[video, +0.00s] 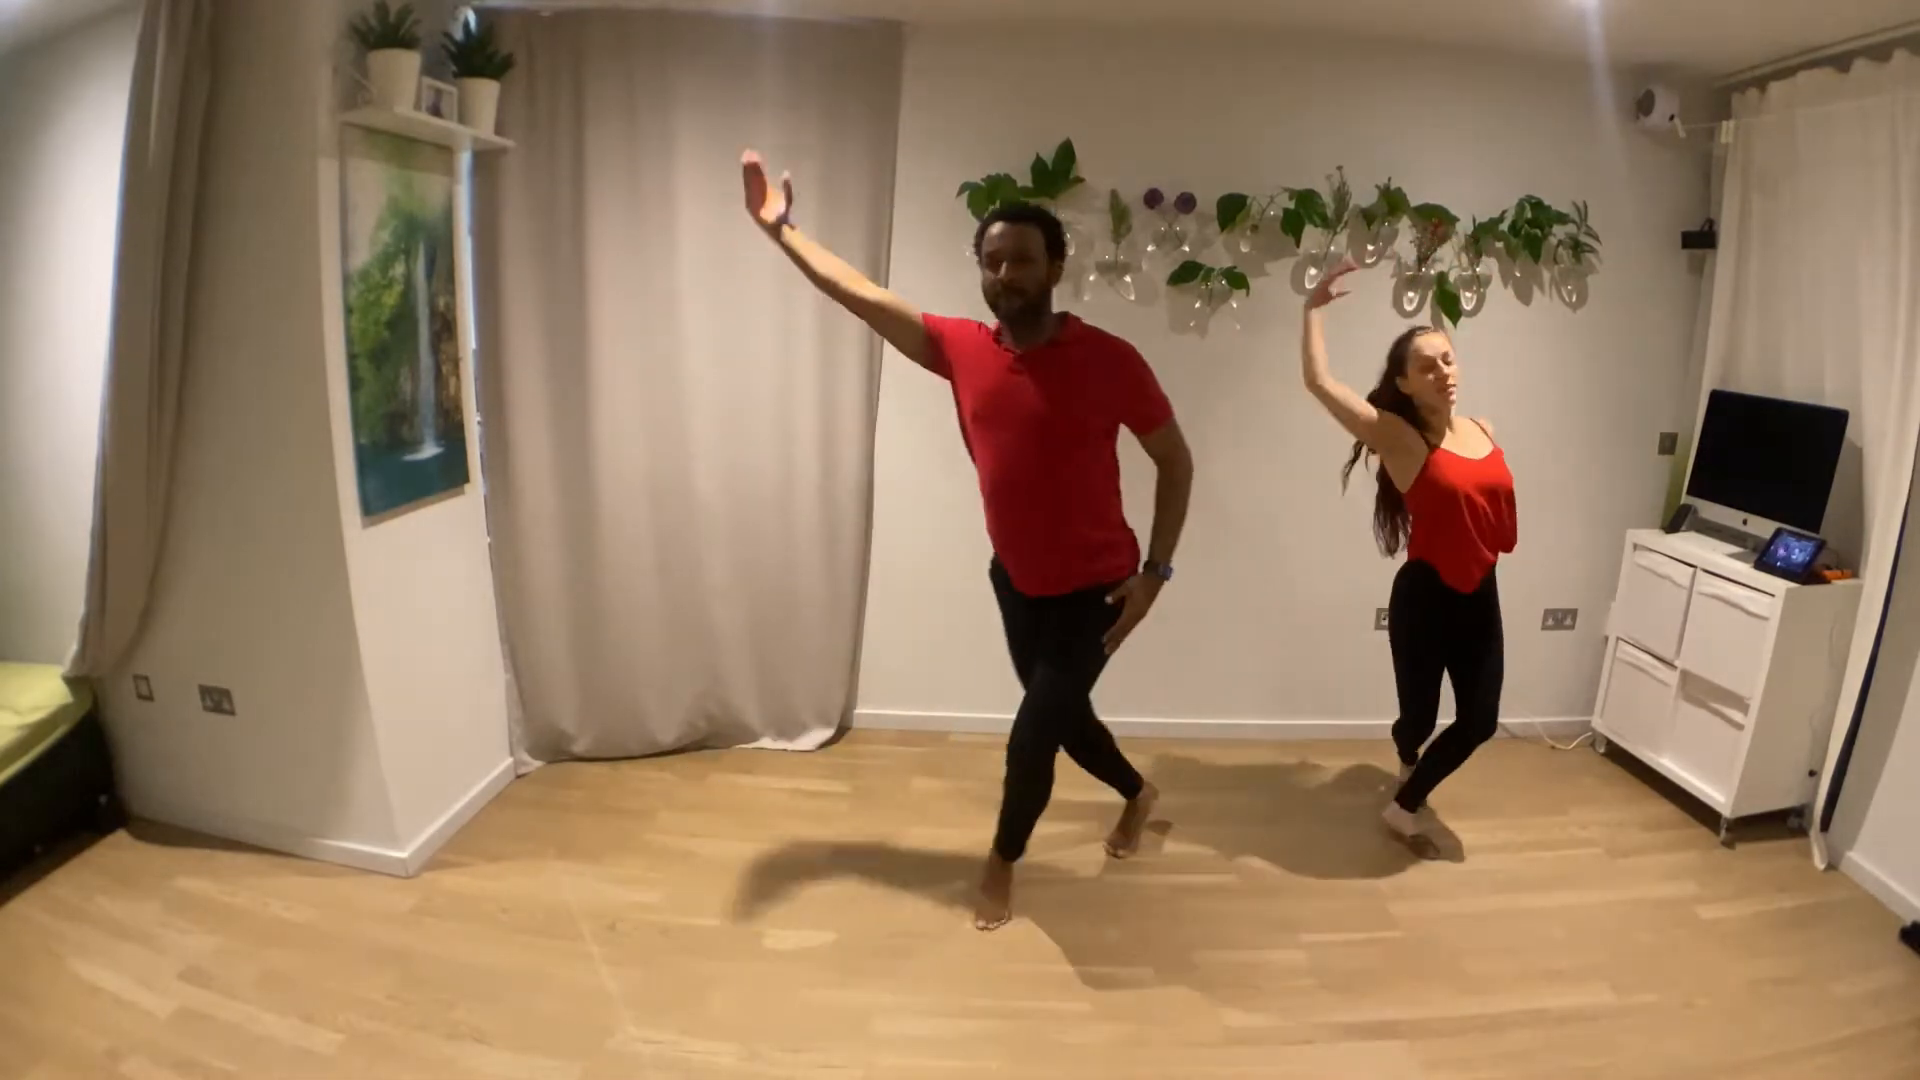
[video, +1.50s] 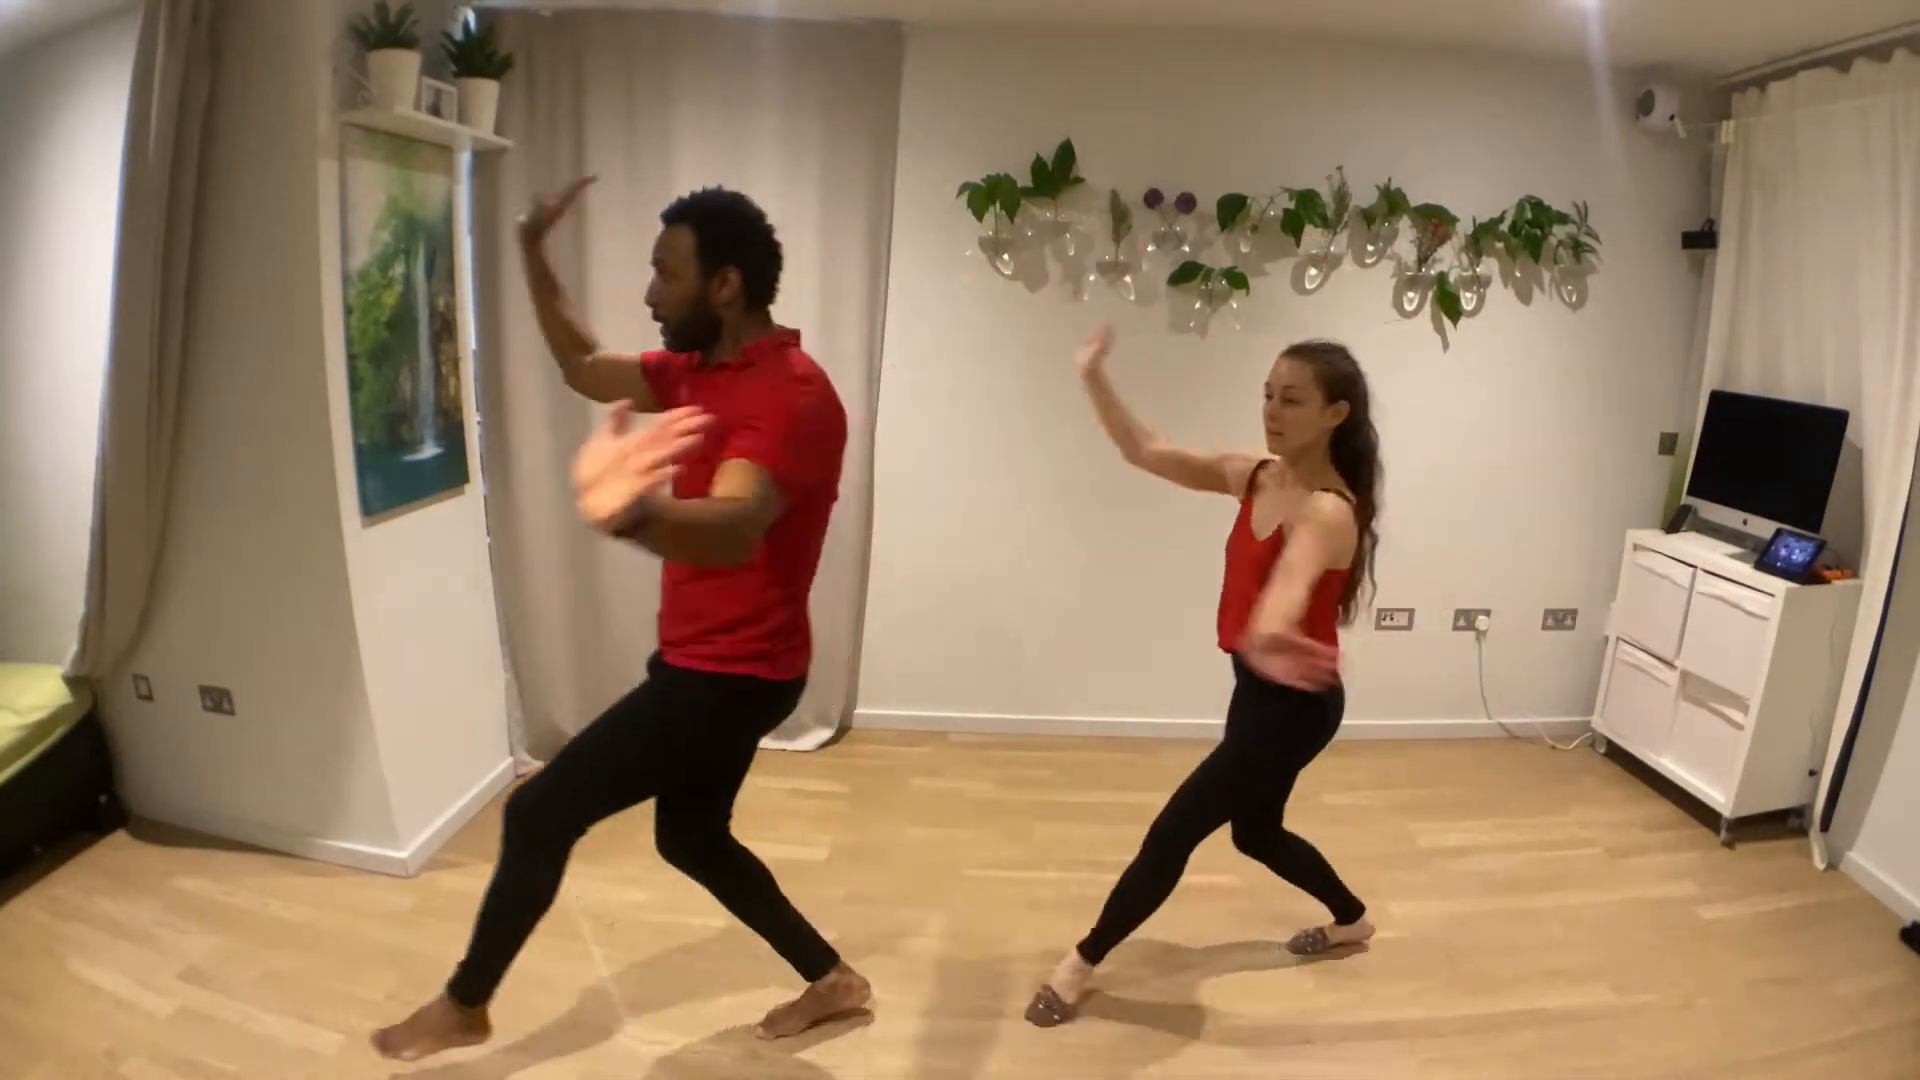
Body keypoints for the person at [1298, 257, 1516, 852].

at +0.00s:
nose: (1445, 371)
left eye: (1449, 359)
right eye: (1428, 365)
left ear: (1459, 367)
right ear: (1403, 385)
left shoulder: (1476, 430)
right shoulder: (1396, 438)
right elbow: (1320, 381)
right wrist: (1314, 306)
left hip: (1478, 592)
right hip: (1422, 593)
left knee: (1478, 721)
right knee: (1419, 721)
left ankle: (1403, 808)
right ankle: (1410, 760)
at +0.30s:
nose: (1453, 392)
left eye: (1467, 382)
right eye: (1446, 380)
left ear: (1497, 388)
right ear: (1438, 384)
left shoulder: (1523, 456)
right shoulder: (1416, 459)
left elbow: (1564, 525)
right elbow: (1376, 550)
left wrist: (1608, 587)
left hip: (1482, 606)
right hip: (1418, 602)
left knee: (1478, 735)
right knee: (1421, 709)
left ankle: (1451, 841)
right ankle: (1416, 768)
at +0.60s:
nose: (1462, 372)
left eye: (1478, 363)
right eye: (1456, 361)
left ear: (1510, 374)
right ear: (1447, 366)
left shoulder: (1526, 445)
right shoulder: (1428, 422)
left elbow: (1544, 535)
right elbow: (1365, 461)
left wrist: (1473, 552)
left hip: (1489, 607)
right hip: (1424, 598)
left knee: (1470, 740)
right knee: (1382, 730)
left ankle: (1453, 843)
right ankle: (1373, 859)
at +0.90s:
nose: (1418, 362)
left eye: (1435, 353)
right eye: (1414, 351)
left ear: (1474, 365)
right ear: (1410, 358)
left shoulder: (1488, 430)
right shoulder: (1401, 405)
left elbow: (1584, 460)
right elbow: (1364, 332)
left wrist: (1600, 527)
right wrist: (1336, 269)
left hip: (1436, 615)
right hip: (1368, 611)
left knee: (1436, 753)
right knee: (1350, 770)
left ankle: (1452, 834)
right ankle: (1350, 908)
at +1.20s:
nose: (1357, 386)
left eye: (1373, 376)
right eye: (1353, 373)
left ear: (1415, 390)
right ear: (1349, 381)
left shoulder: (1431, 478)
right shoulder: (1350, 444)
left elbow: (1542, 518)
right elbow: (1341, 390)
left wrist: (1649, 520)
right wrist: (1364, 332)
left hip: (1361, 659)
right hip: (1305, 646)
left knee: (1280, 809)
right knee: (1305, 796)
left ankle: (1388, 820)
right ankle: (1348, 919)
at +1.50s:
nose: (1270, 409)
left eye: (1289, 398)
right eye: (1269, 394)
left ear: (1336, 415)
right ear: (1264, 397)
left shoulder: (1328, 513)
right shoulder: (1254, 472)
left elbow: (1292, 585)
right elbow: (1147, 451)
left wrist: (1267, 627)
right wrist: (1096, 379)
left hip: (1298, 701)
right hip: (1256, 686)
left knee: (1177, 826)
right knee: (1257, 833)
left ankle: (1081, 963)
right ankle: (1352, 918)